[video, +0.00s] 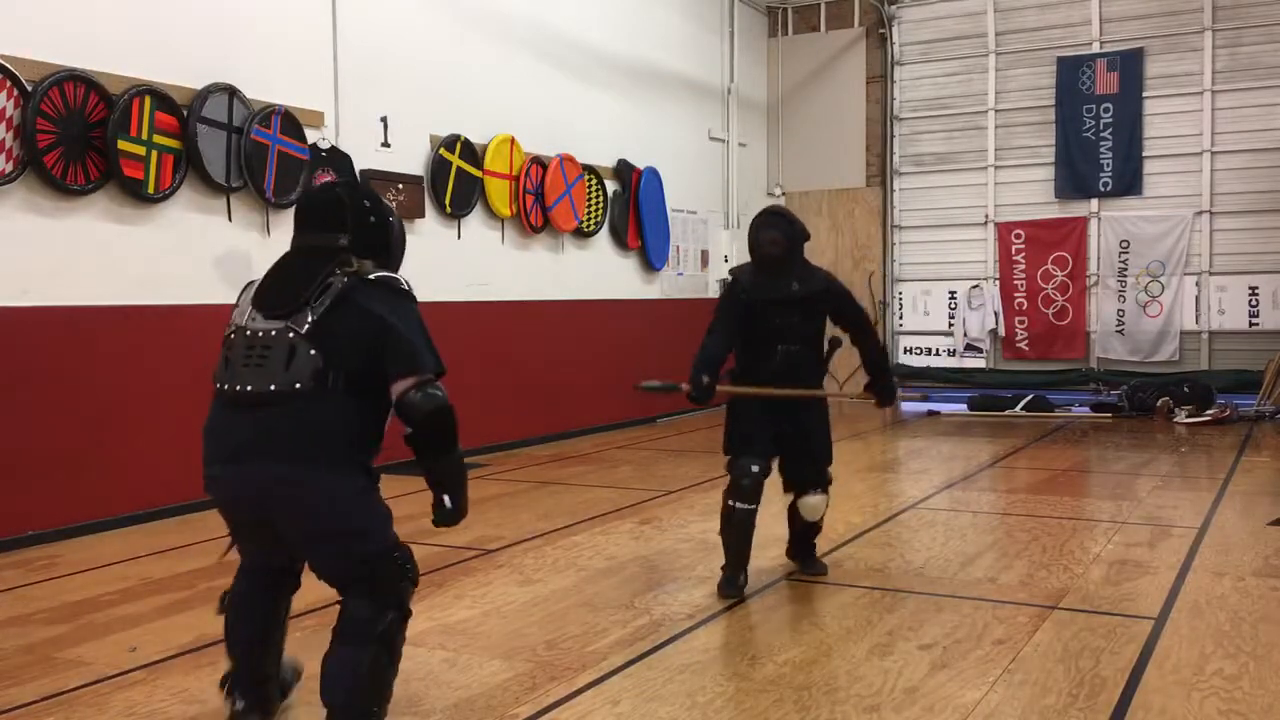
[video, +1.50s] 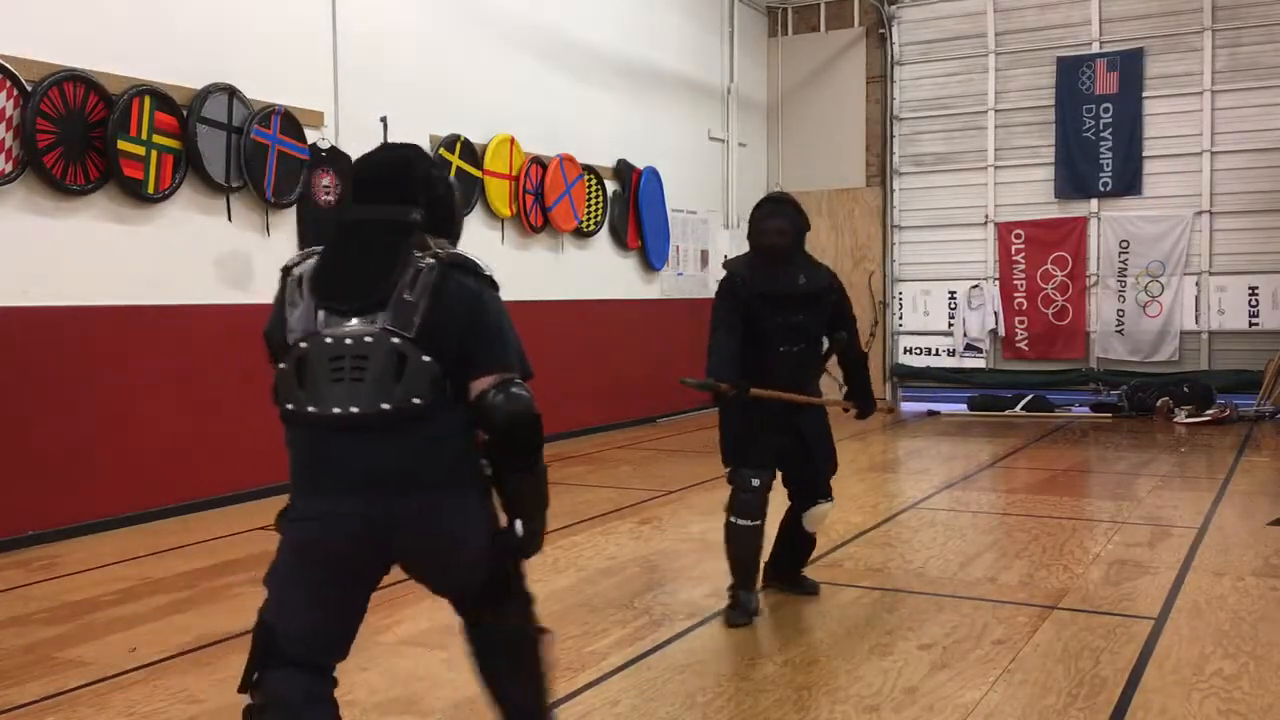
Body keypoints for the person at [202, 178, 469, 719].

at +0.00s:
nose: (397, 246)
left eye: (394, 235)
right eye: (392, 236)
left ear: (310, 235)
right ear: (373, 239)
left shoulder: (261, 288)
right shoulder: (377, 293)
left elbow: (243, 383)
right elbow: (423, 404)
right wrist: (447, 482)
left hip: (231, 467)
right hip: (320, 476)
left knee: (265, 560)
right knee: (380, 579)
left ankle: (251, 688)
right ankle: (355, 705)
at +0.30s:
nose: (363, 216)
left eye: (358, 202)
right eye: (354, 204)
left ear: (268, 214)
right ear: (328, 215)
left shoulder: (214, 284)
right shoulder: (337, 287)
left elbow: (212, 392)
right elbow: (382, 401)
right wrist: (428, 475)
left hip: (196, 485)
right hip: (291, 486)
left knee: (181, 623)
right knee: (368, 578)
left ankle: (145, 708)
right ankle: (350, 707)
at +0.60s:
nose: (324, 211)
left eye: (320, 199)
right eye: (315, 199)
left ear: (229, 207)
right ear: (293, 205)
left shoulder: (176, 272)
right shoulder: (311, 276)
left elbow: (160, 387)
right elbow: (344, 400)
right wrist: (381, 488)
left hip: (173, 487)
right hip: (274, 487)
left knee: (161, 630)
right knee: (363, 577)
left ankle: (134, 709)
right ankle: (386, 708)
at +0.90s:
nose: (379, 212)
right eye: (372, 202)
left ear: (280, 206)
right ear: (357, 206)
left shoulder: (229, 278)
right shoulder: (382, 273)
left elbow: (225, 379)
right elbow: (443, 387)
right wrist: (457, 470)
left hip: (256, 484)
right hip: (361, 483)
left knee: (202, 626)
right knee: (388, 616)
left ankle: (174, 708)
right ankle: (395, 709)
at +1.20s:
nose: (416, 208)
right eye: (406, 198)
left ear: (308, 210)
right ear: (390, 208)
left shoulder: (261, 283)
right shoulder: (416, 281)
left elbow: (254, 387)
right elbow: (468, 407)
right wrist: (490, 493)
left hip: (292, 507)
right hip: (399, 502)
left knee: (278, 660)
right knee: (411, 619)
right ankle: (404, 707)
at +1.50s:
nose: (455, 211)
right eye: (447, 202)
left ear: (355, 207)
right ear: (431, 208)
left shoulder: (299, 285)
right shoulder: (458, 285)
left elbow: (291, 389)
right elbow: (507, 412)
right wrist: (527, 513)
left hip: (328, 512)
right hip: (438, 504)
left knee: (290, 671)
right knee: (492, 602)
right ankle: (528, 706)